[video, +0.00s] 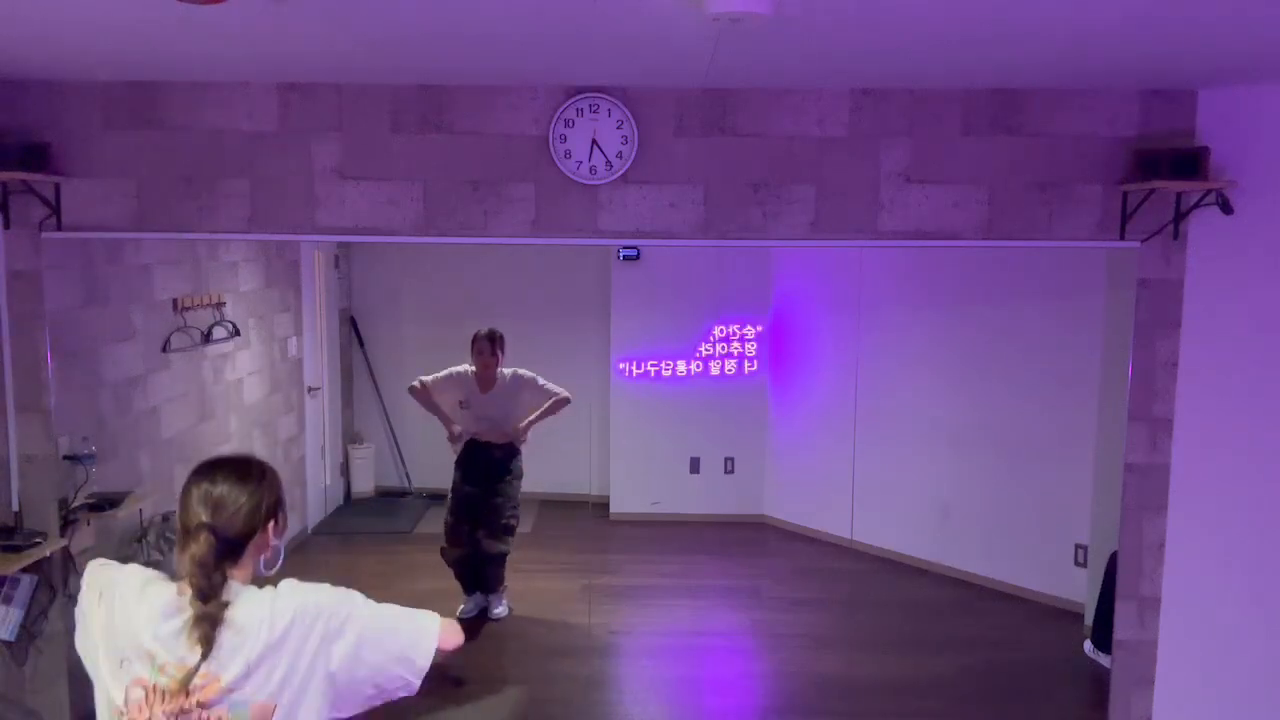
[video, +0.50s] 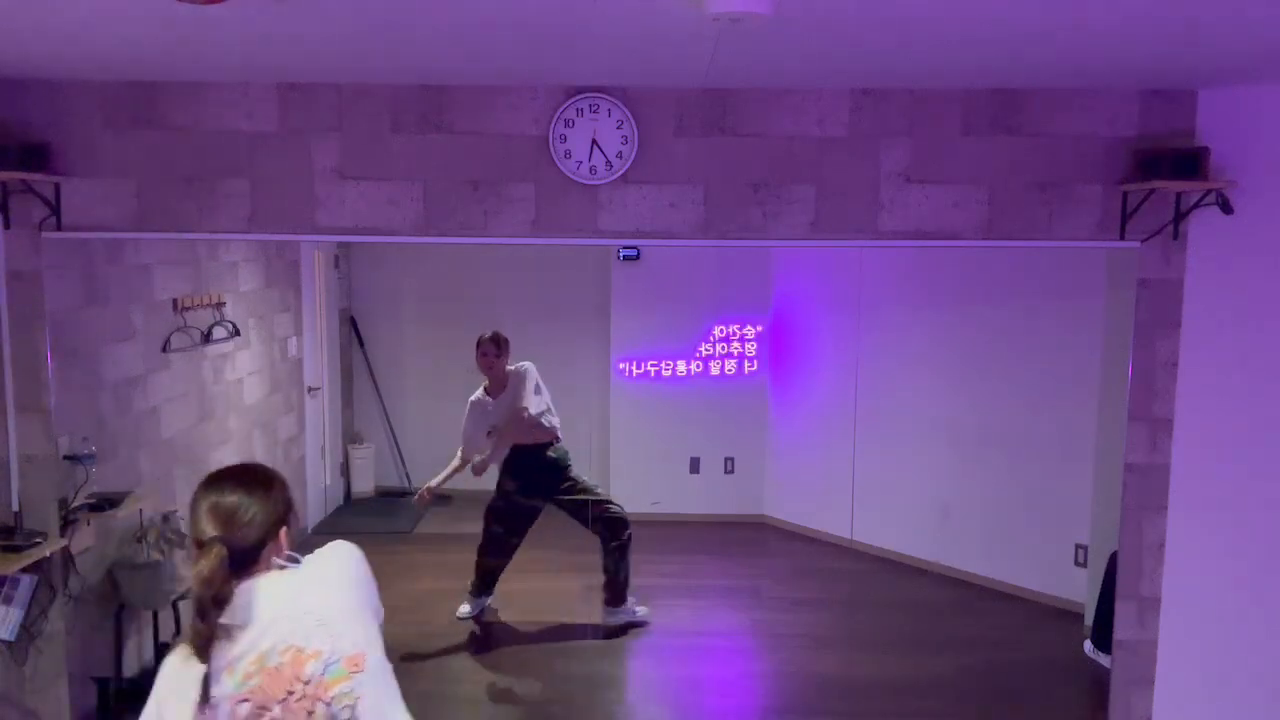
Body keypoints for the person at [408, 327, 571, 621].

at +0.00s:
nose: (485, 360)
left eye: (490, 354)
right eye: (479, 354)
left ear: (501, 356)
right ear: (472, 356)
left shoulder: (518, 380)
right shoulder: (460, 377)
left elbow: (562, 398)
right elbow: (417, 388)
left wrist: (526, 424)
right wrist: (448, 424)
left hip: (504, 458)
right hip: (470, 457)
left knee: (498, 529)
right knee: (457, 531)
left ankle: (495, 594)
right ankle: (473, 594)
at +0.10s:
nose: (487, 340)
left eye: (493, 335)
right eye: (480, 334)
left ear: (501, 338)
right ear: (471, 337)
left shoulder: (518, 372)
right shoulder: (457, 370)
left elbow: (551, 411)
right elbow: (422, 406)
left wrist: (525, 450)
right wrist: (452, 447)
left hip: (508, 455)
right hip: (472, 454)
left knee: (497, 529)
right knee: (461, 530)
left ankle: (496, 591)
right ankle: (473, 593)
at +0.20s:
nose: (484, 337)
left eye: (490, 332)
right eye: (477, 332)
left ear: (498, 337)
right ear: (468, 337)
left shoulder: (516, 372)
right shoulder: (455, 377)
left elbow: (530, 425)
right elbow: (442, 428)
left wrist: (523, 468)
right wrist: (452, 472)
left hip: (514, 449)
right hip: (477, 451)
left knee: (517, 528)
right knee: (465, 530)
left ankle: (501, 581)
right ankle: (475, 592)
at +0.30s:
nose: (479, 348)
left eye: (486, 343)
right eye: (473, 342)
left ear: (494, 348)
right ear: (464, 347)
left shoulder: (511, 376)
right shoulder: (454, 392)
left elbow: (517, 429)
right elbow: (456, 447)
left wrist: (512, 475)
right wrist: (454, 487)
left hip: (522, 452)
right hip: (486, 458)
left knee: (556, 529)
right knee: (465, 538)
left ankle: (515, 574)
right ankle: (477, 594)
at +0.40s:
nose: (477, 358)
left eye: (483, 353)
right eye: (472, 352)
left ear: (494, 356)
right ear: (465, 357)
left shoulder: (511, 377)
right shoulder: (461, 401)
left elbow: (516, 429)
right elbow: (462, 453)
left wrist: (499, 476)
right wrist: (447, 485)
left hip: (531, 462)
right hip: (496, 468)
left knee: (592, 524)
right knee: (478, 531)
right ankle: (477, 597)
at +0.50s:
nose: (488, 362)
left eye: (493, 355)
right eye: (482, 356)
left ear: (506, 357)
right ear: (476, 360)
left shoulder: (524, 372)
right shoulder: (478, 404)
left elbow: (520, 416)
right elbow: (466, 455)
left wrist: (489, 458)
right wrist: (435, 483)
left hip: (553, 468)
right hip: (517, 474)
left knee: (615, 523)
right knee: (497, 534)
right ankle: (479, 597)